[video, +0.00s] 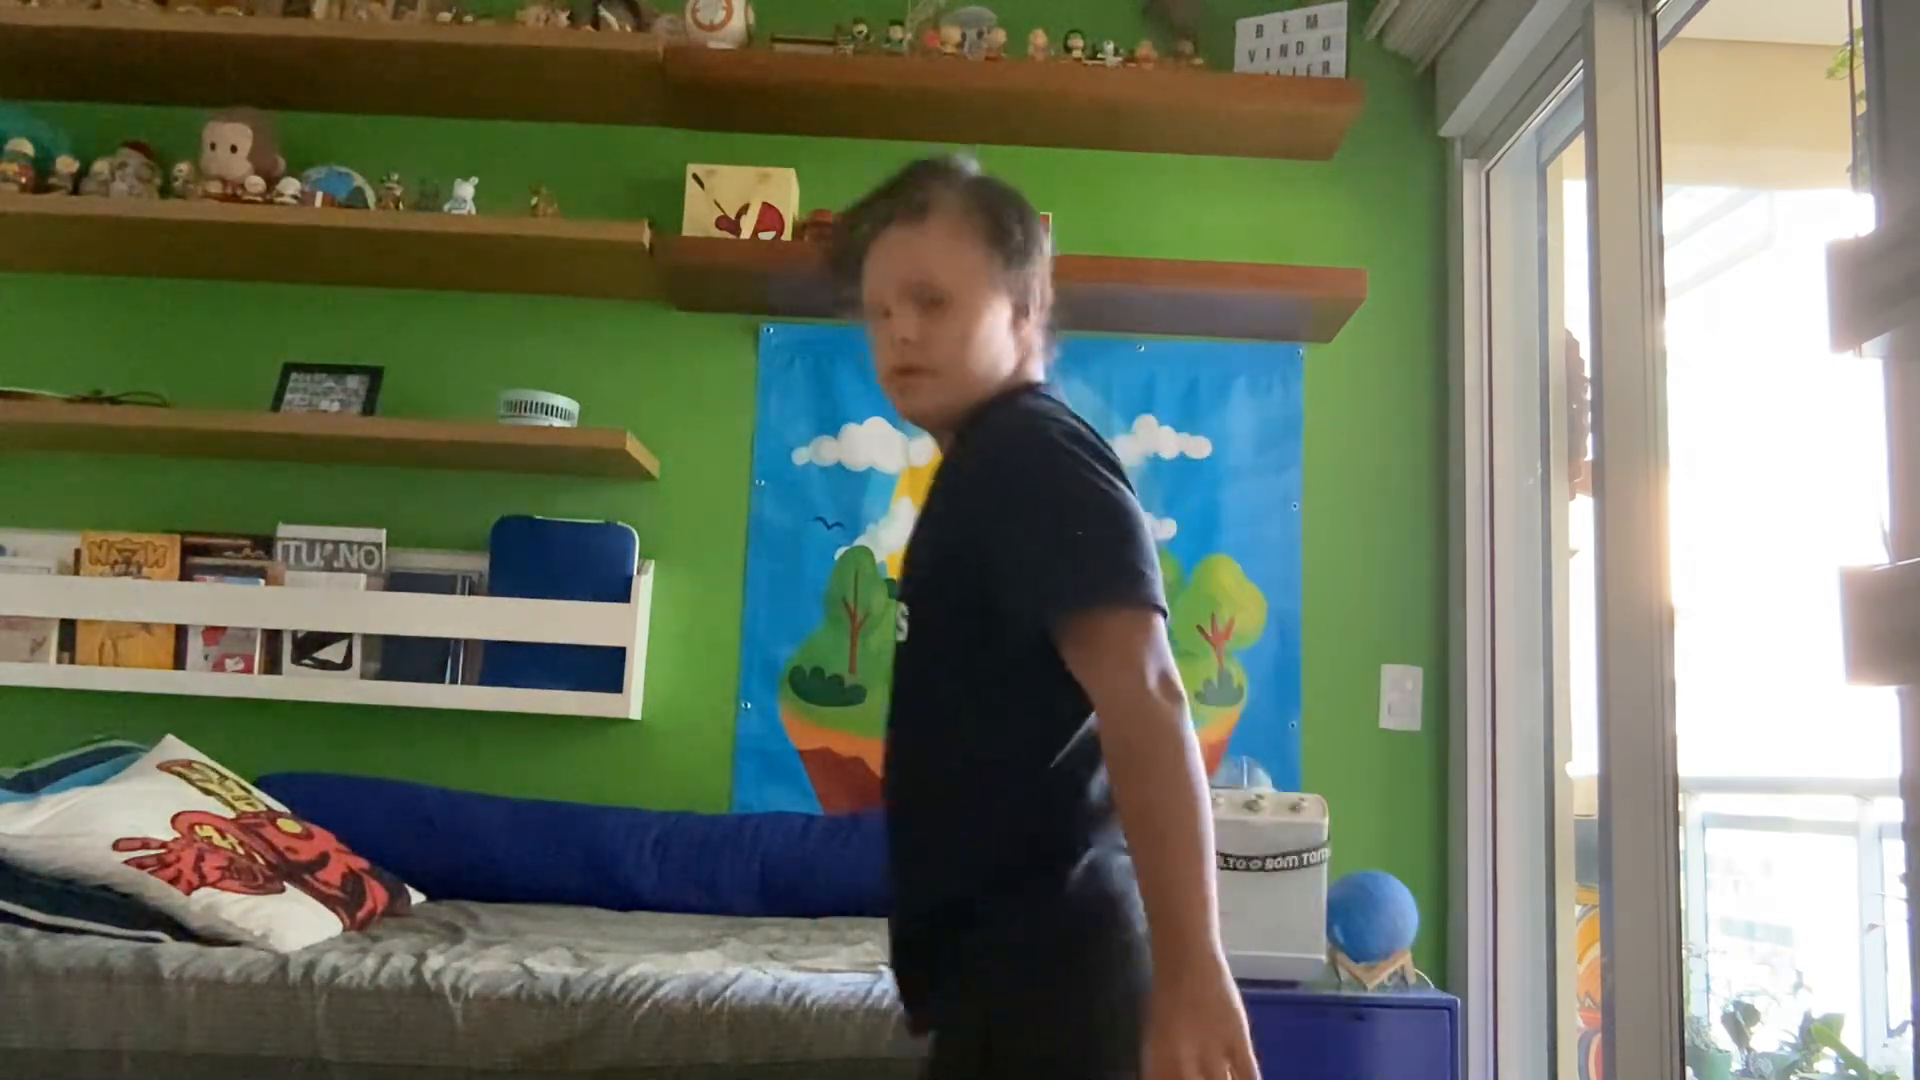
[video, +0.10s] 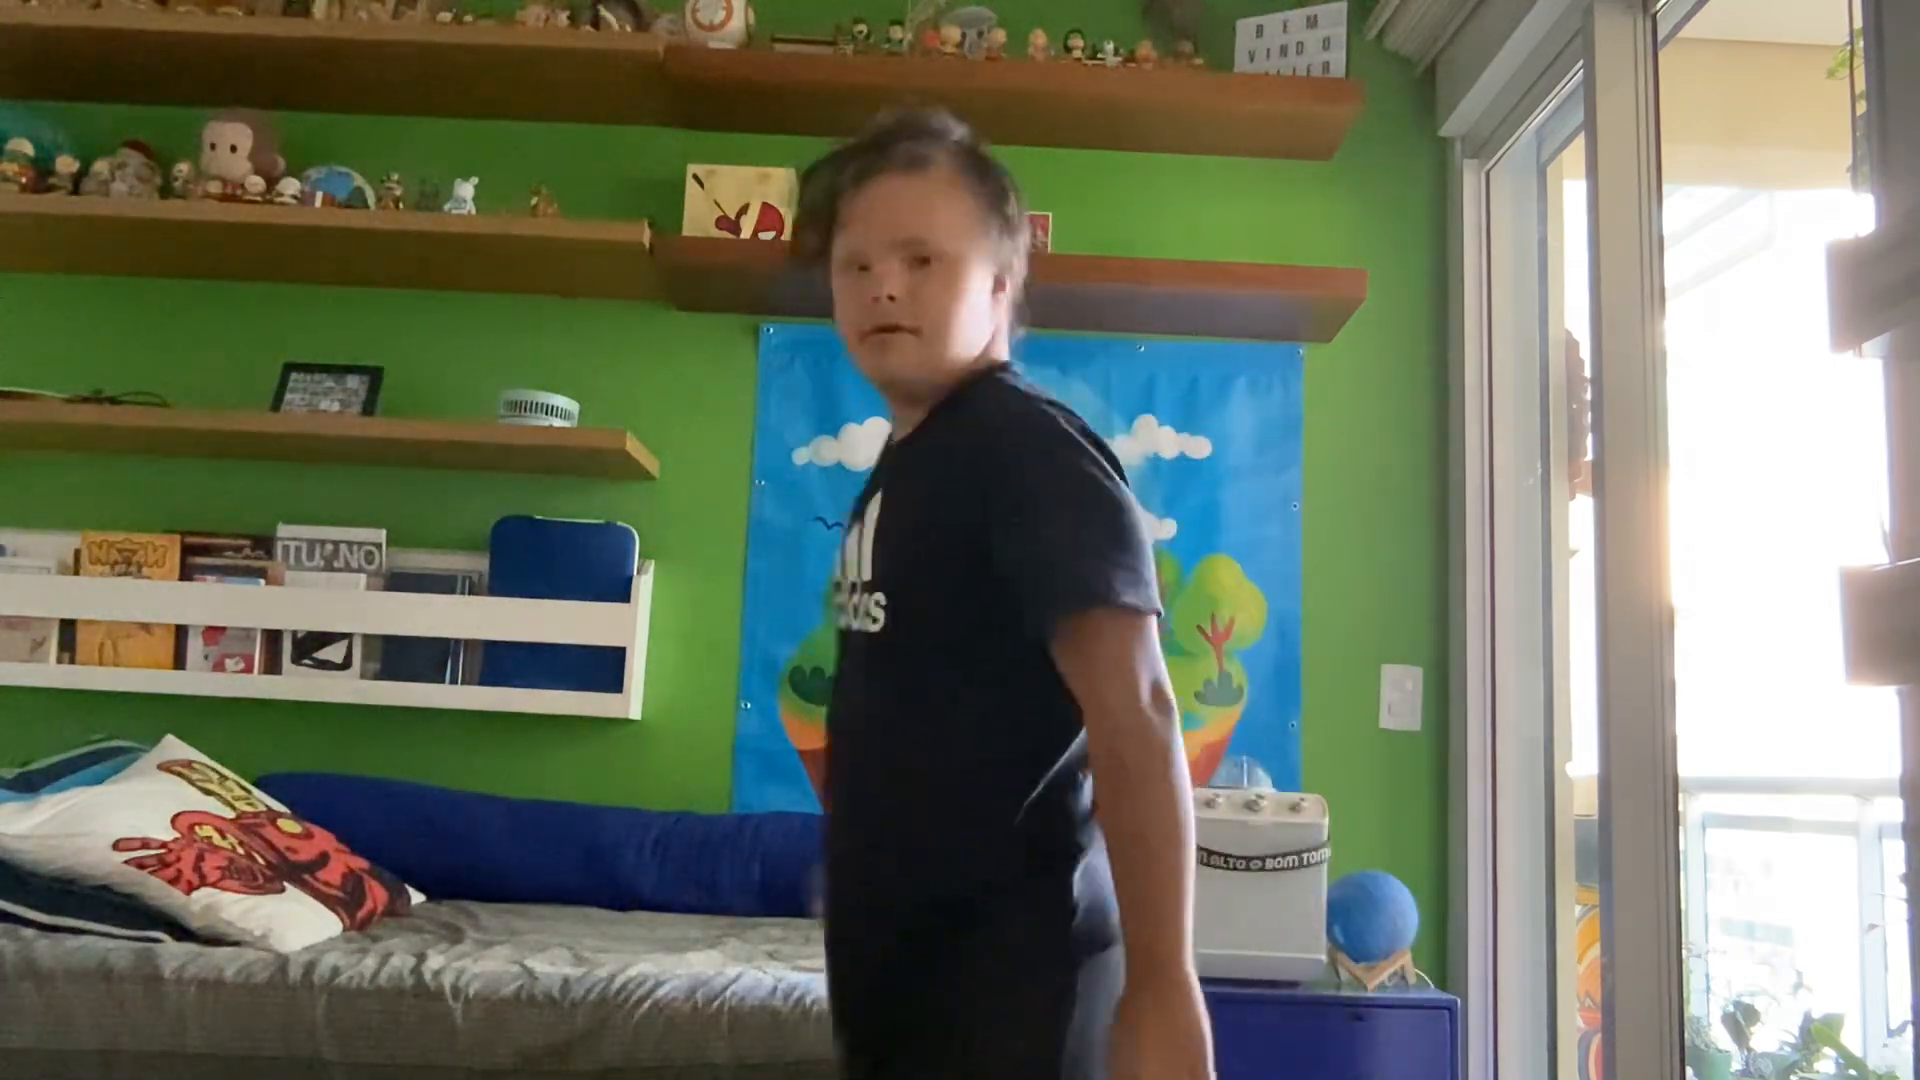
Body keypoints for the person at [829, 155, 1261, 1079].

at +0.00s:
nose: (897, 334)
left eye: (931, 301)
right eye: (879, 311)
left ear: (1028, 318)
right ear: (862, 327)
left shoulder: (1029, 448)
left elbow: (1147, 704)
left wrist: (1192, 969)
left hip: (1049, 968)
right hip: (998, 963)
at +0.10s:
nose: (882, 288)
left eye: (922, 258)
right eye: (857, 265)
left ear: (1012, 276)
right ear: (830, 287)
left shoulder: (1031, 447)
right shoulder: (902, 465)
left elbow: (1136, 714)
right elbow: (920, 725)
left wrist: (1163, 986)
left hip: (1007, 977)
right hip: (901, 966)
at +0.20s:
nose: (881, 276)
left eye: (922, 246)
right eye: (851, 252)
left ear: (995, 270)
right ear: (818, 278)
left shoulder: (1041, 465)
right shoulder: (838, 480)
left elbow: (1120, 739)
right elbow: (828, 704)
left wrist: (1137, 1003)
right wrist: (743, 832)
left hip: (996, 989)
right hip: (844, 976)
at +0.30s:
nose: (879, 266)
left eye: (918, 238)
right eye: (847, 241)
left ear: (982, 261)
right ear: (806, 266)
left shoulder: (1039, 461)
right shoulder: (778, 469)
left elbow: (1097, 745)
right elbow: (716, 661)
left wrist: (1099, 1011)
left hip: (984, 972)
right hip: (806, 964)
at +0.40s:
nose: (875, 260)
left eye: (908, 235)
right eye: (839, 238)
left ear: (964, 266)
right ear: (790, 271)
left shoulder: (1023, 472)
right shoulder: (721, 468)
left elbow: (1071, 740)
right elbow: (607, 670)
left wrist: (1047, 995)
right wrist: (470, 822)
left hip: (967, 968)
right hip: (770, 958)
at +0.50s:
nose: (878, 269)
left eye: (909, 243)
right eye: (842, 242)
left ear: (949, 271)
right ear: (780, 261)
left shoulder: (1003, 478)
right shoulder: (687, 468)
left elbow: (1048, 737)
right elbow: (576, 674)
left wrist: (1013, 969)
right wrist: (443, 842)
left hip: (953, 971)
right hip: (751, 965)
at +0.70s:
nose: (871, 288)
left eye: (897, 265)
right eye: (833, 259)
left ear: (925, 293)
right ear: (763, 273)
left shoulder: (965, 492)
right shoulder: (648, 466)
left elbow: (1000, 710)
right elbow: (583, 703)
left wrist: (941, 890)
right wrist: (618, 931)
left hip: (932, 978)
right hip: (719, 973)